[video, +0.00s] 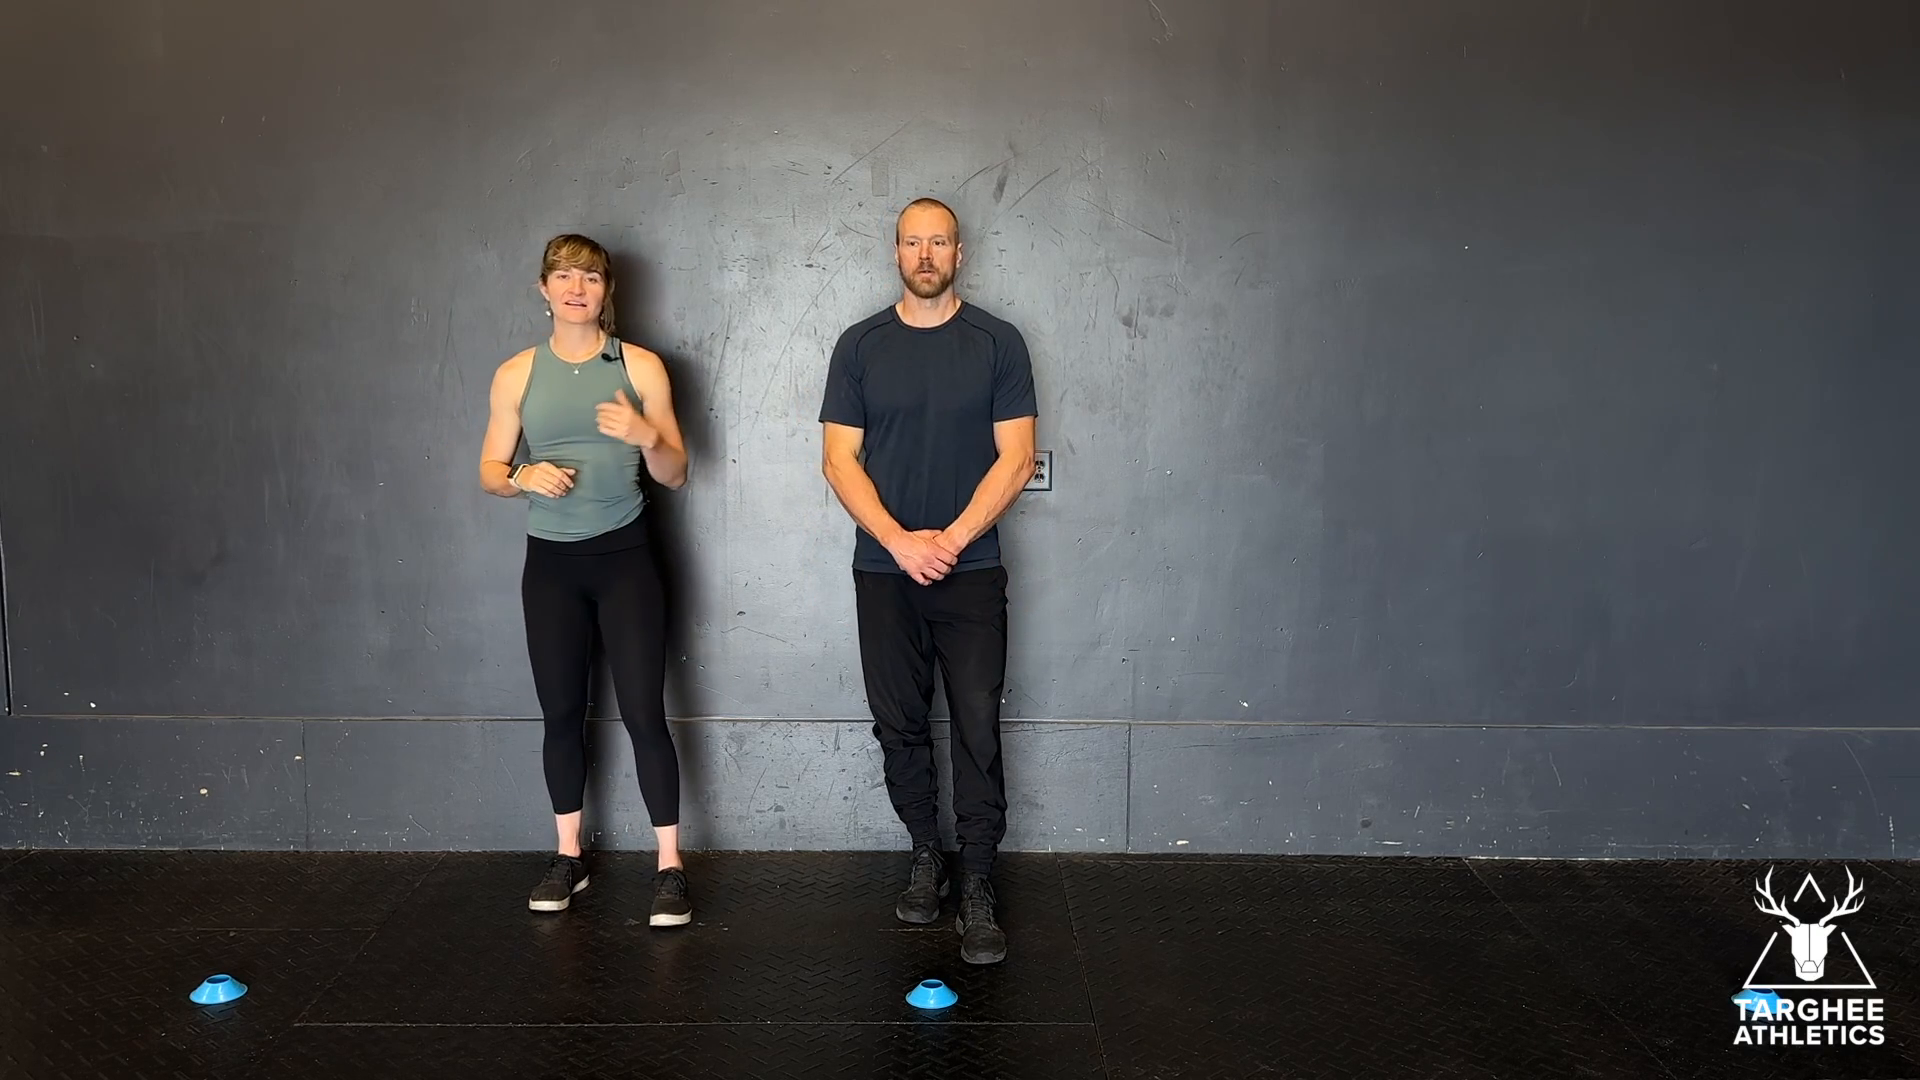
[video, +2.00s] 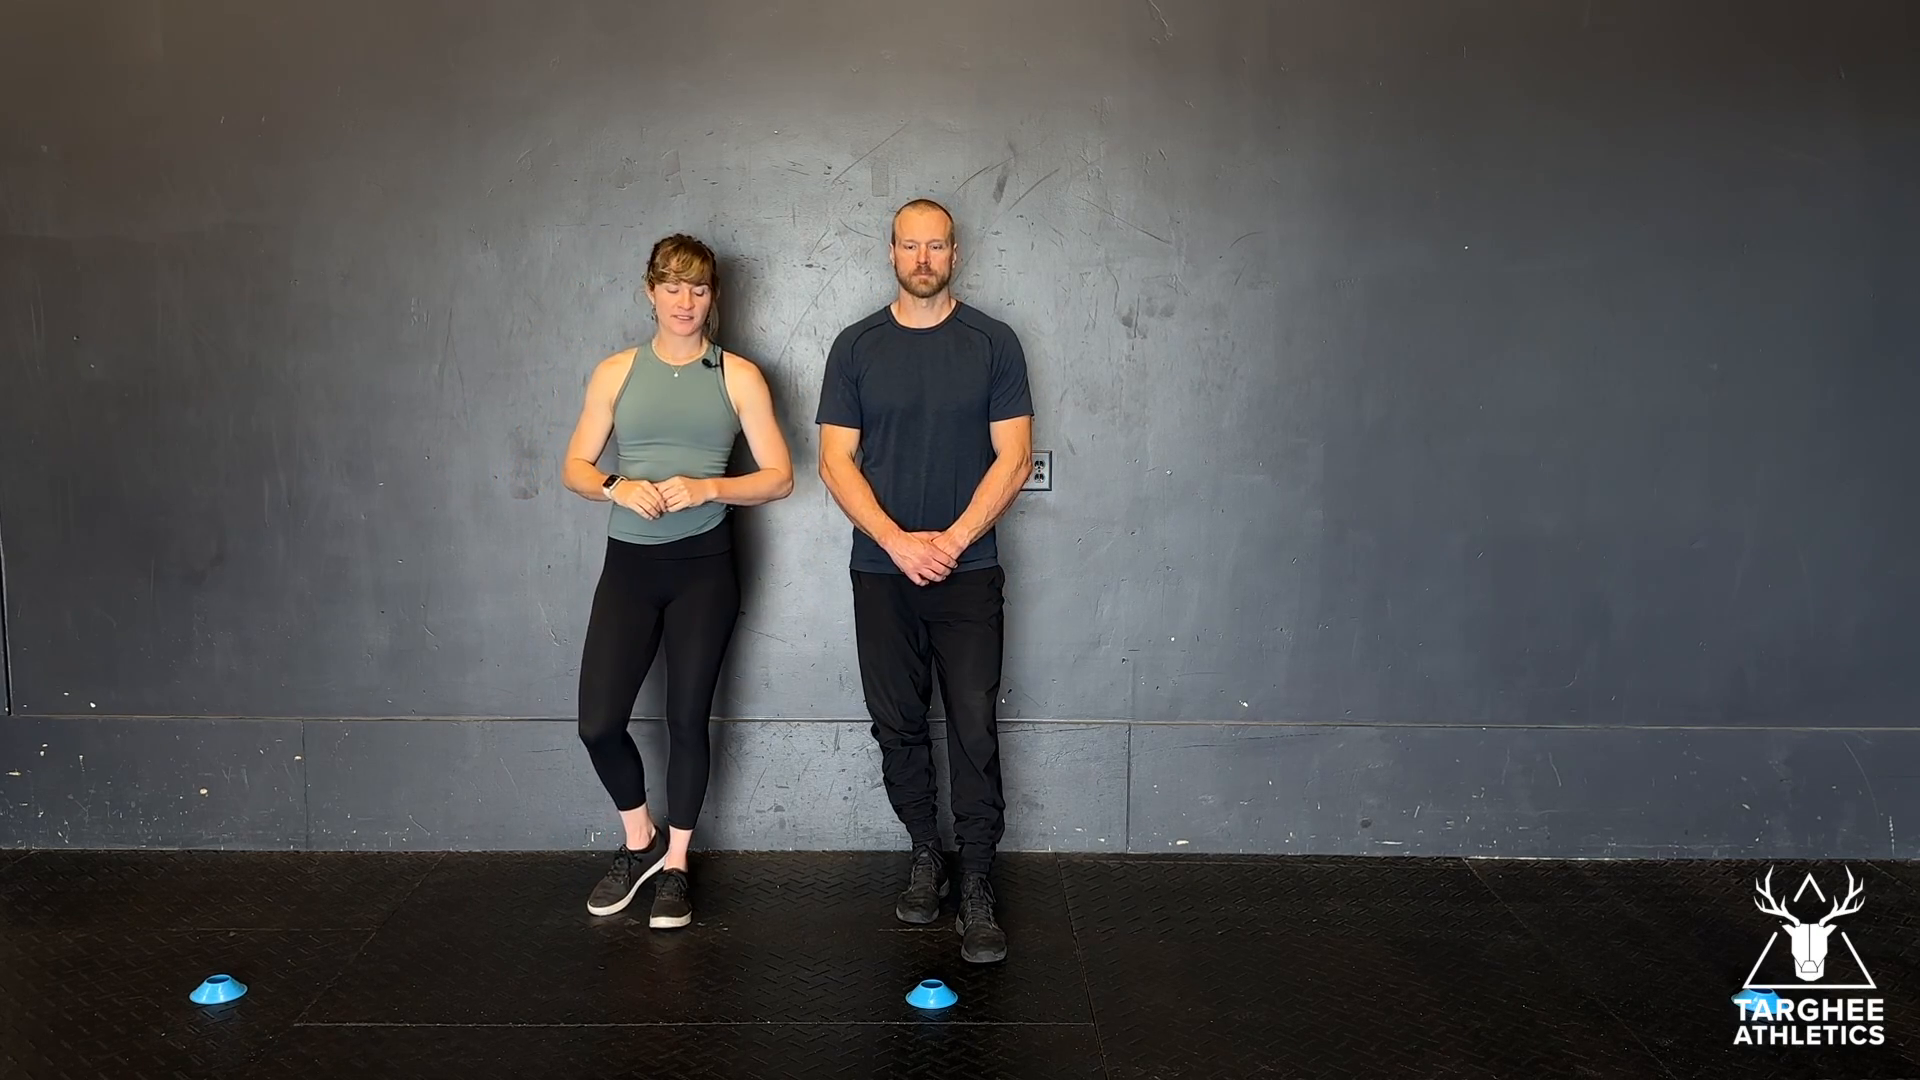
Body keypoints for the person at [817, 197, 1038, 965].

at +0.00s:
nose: (926, 253)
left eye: (938, 242)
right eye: (914, 241)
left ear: (958, 253)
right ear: (895, 252)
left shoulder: (997, 343)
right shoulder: (858, 346)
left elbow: (1018, 461)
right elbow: (838, 461)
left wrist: (947, 541)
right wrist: (897, 539)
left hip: (971, 569)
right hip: (886, 570)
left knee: (977, 731)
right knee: (901, 727)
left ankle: (979, 884)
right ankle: (929, 861)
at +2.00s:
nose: (923, 256)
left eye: (936, 244)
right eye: (911, 244)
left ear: (953, 255)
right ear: (891, 253)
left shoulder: (992, 342)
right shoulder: (855, 347)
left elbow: (1015, 460)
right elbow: (835, 462)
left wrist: (950, 542)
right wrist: (894, 539)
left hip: (968, 568)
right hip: (883, 568)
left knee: (974, 729)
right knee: (899, 726)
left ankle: (978, 884)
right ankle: (930, 857)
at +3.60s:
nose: (942, 297)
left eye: (950, 283)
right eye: (929, 287)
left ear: (956, 268)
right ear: (897, 274)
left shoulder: (992, 342)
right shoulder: (856, 348)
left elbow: (1016, 458)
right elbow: (836, 465)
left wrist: (955, 540)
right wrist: (896, 541)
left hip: (969, 570)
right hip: (885, 570)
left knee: (974, 726)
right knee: (900, 725)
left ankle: (977, 878)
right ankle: (927, 856)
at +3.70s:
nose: (943, 298)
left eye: (951, 284)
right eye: (930, 287)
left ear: (958, 269)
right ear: (898, 275)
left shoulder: (991, 342)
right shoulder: (855, 348)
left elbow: (1015, 459)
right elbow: (835, 464)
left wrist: (954, 542)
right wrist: (896, 541)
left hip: (970, 567)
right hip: (885, 569)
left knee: (977, 725)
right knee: (900, 722)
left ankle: (978, 875)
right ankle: (928, 855)